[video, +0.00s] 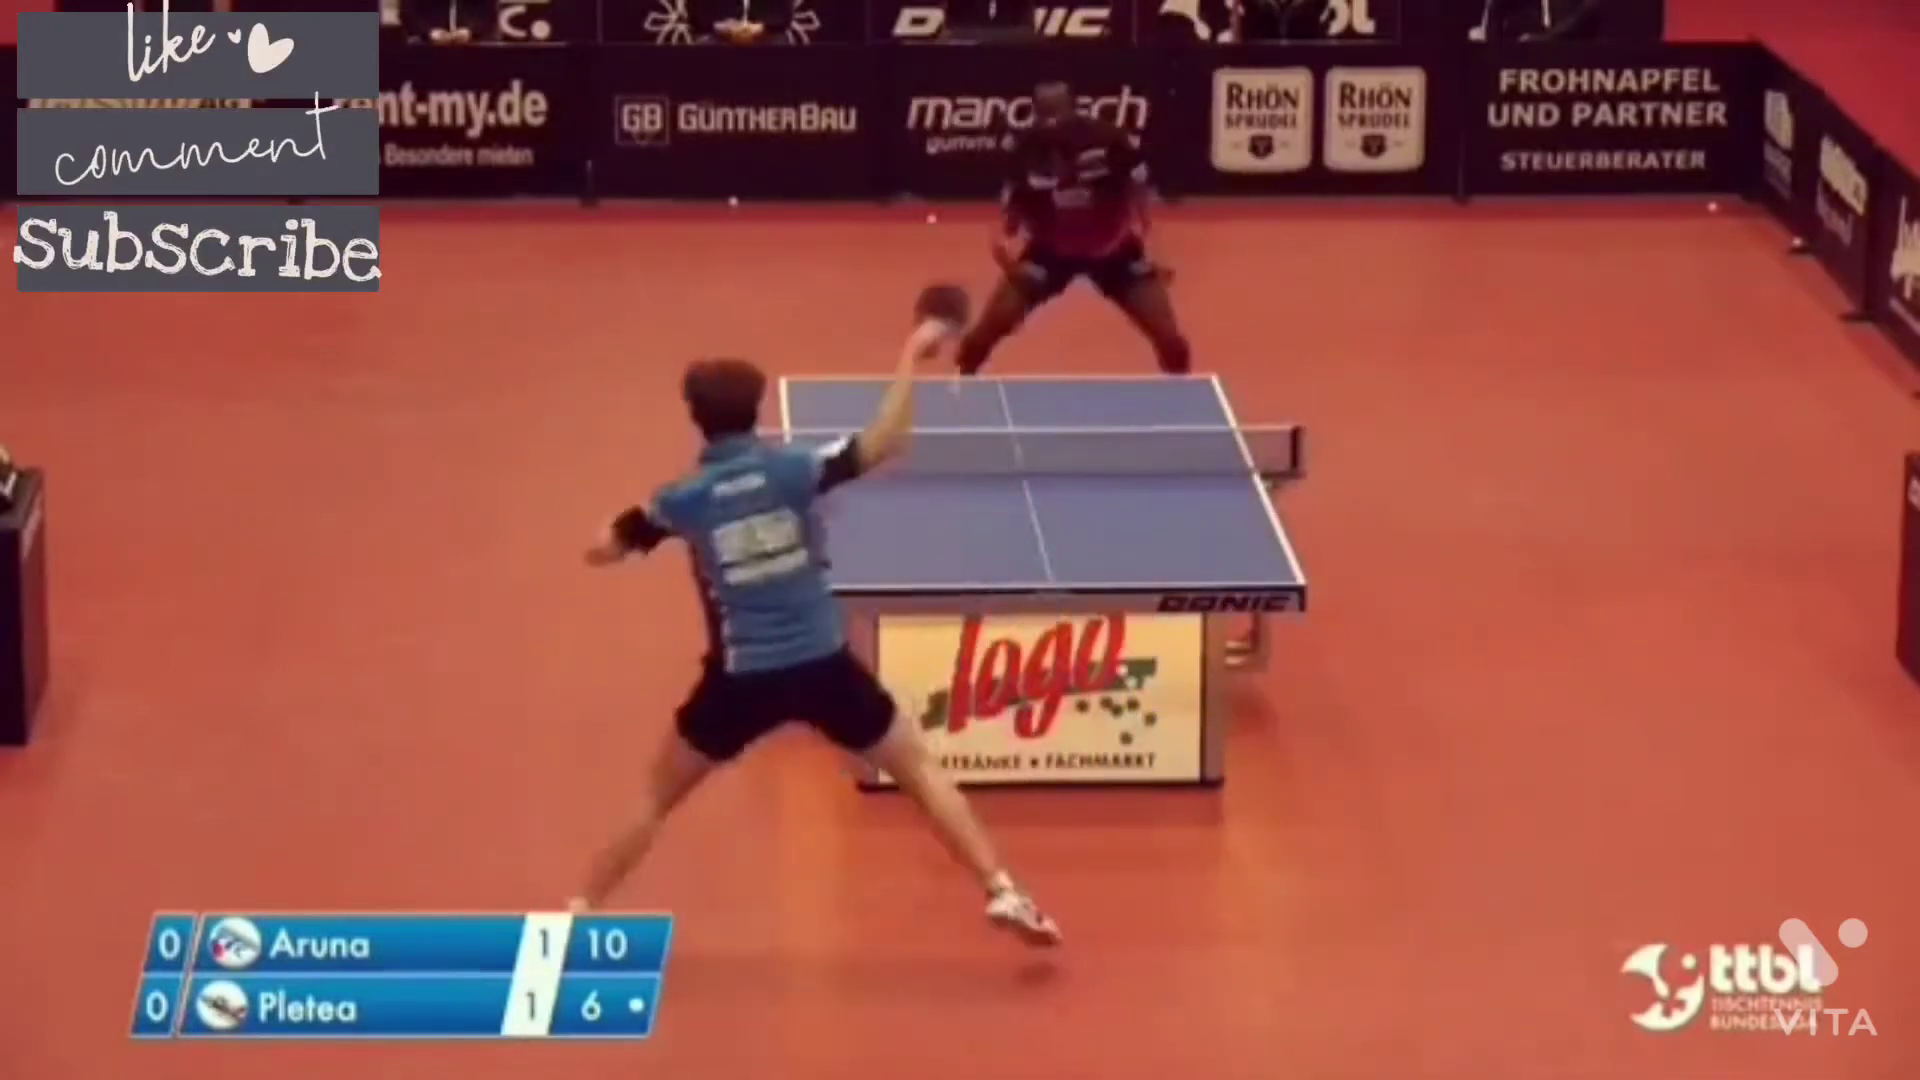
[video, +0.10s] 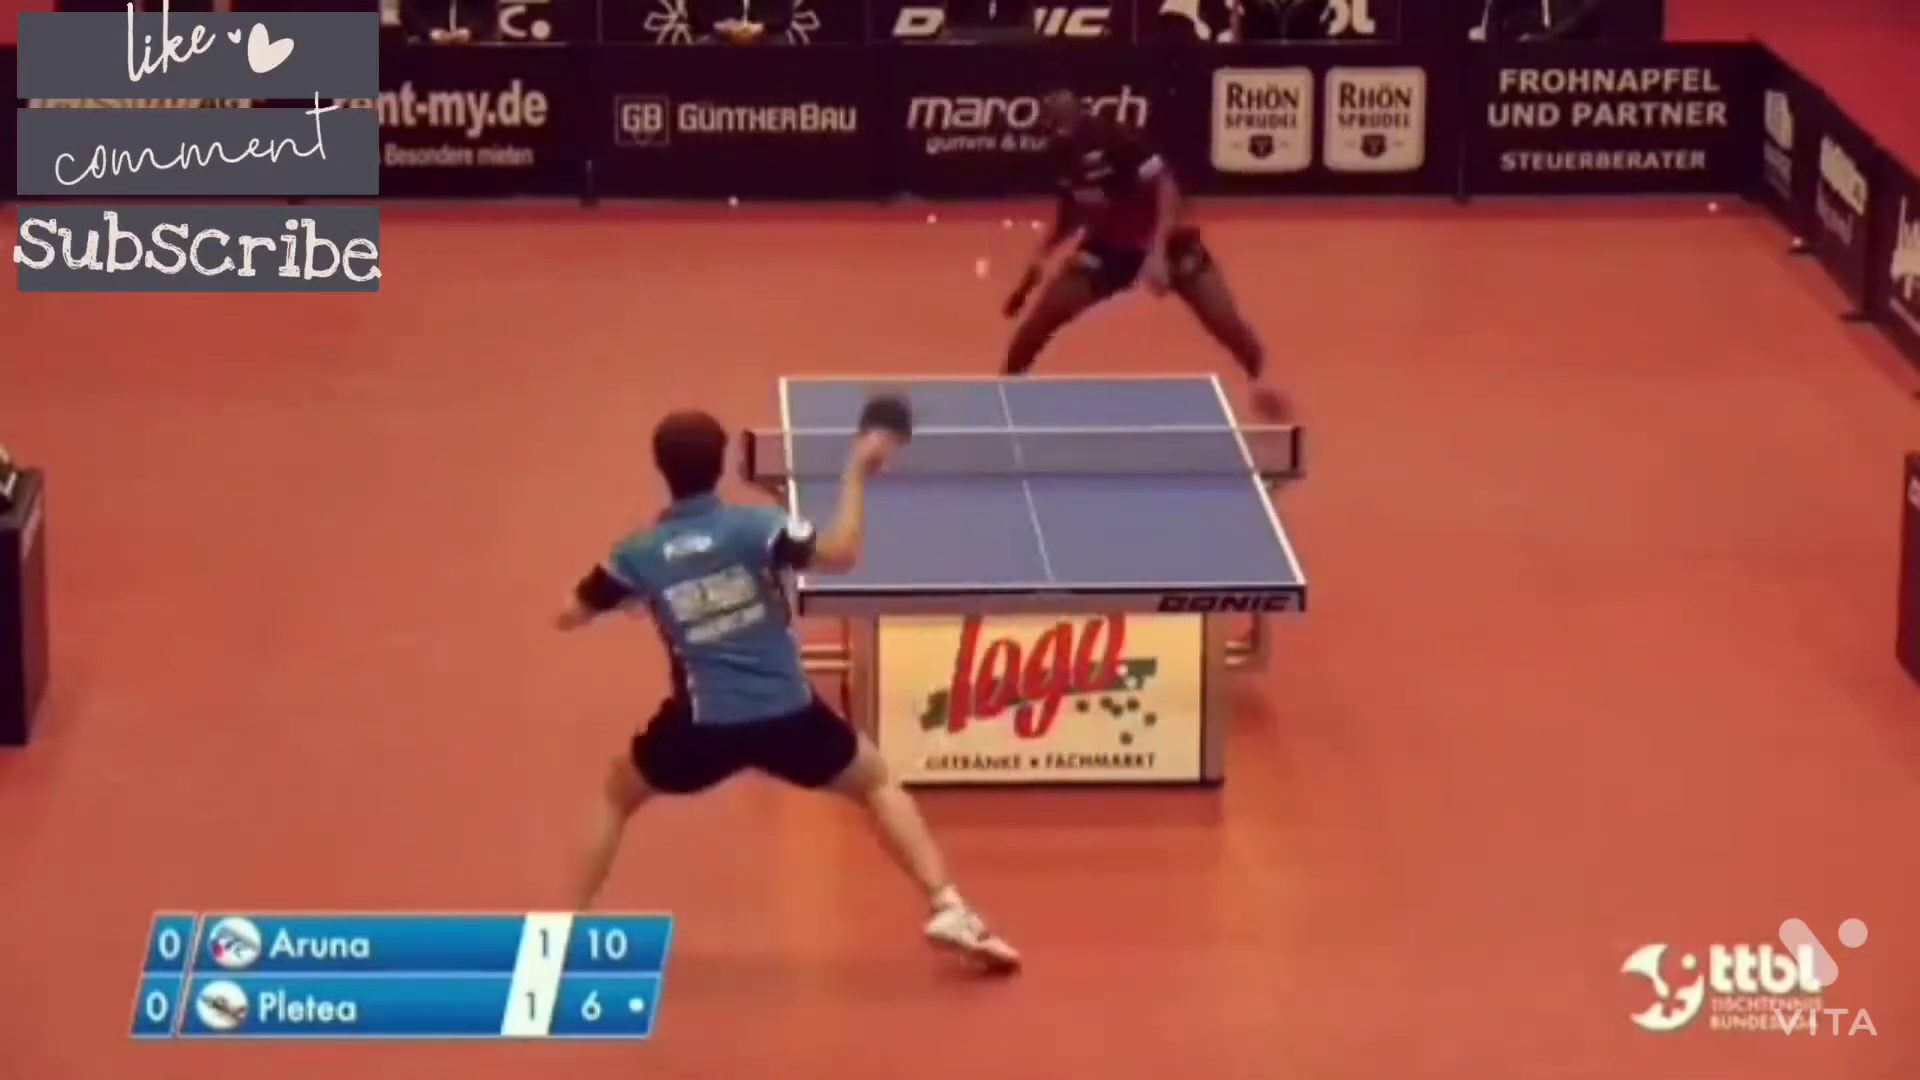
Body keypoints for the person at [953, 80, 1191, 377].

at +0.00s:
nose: (1052, 120)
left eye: (1058, 110)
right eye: (1044, 112)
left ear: (1073, 107)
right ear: (1035, 112)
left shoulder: (1108, 139)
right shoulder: (1025, 148)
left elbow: (1141, 187)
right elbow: (1014, 201)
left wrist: (1142, 238)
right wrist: (1004, 237)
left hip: (1113, 251)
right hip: (1049, 254)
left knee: (1172, 342)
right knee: (985, 331)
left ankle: (1179, 411)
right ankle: (956, 394)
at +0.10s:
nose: (1052, 124)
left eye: (1059, 114)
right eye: (1047, 117)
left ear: (1078, 109)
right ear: (1044, 121)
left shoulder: (1114, 138)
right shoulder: (1060, 156)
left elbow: (1166, 185)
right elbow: (1069, 217)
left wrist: (1158, 254)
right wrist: (1036, 266)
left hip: (1168, 243)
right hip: (1108, 249)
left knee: (1225, 323)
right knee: (1040, 321)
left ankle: (1258, 382)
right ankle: (1005, 393)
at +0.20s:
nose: (1065, 143)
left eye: (1072, 133)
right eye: (1062, 136)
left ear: (1095, 127)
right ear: (1067, 136)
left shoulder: (1125, 156)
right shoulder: (1092, 167)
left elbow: (1176, 202)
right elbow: (1120, 221)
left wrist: (1167, 261)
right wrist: (1099, 266)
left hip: (1195, 259)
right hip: (1137, 261)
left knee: (1253, 353)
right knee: (1068, 314)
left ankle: (1349, 398)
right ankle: (1047, 401)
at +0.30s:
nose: (1096, 160)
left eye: (1102, 151)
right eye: (1095, 152)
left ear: (1129, 146)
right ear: (1116, 151)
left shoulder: (1159, 176)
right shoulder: (1130, 183)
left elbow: (1208, 208)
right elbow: (1159, 232)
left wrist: (1208, 260)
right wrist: (1158, 269)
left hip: (1226, 288)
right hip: (1172, 284)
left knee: (1270, 391)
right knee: (1090, 321)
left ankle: (1364, 402)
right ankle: (1052, 404)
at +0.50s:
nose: (1186, 113)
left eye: (1191, 103)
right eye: (1182, 105)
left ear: (1213, 100)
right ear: (1179, 106)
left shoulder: (1254, 143)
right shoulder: (1177, 139)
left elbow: (1291, 159)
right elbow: (1131, 138)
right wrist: (1141, 90)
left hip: (1233, 276)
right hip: (1175, 269)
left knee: (1273, 376)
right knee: (1093, 327)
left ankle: (1356, 401)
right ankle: (1051, 403)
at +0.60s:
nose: (1219, 98)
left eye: (1229, 90)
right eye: (1215, 89)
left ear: (1252, 96)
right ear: (1206, 92)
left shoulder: (1277, 137)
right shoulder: (1189, 119)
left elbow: (1339, 152)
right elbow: (1149, 71)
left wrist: (1332, 93)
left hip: (1233, 262)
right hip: (1169, 252)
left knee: (1276, 359)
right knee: (1098, 325)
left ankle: (1350, 404)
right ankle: (1053, 404)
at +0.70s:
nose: (1243, 87)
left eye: (1253, 80)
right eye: (1238, 78)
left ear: (1274, 84)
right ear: (1228, 77)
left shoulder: (1292, 133)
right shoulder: (1206, 105)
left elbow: (1307, 183)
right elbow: (1154, 80)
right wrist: (1167, 23)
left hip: (1244, 248)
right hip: (1180, 239)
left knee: (1286, 343)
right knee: (1110, 318)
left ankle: (1341, 410)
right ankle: (1088, 400)